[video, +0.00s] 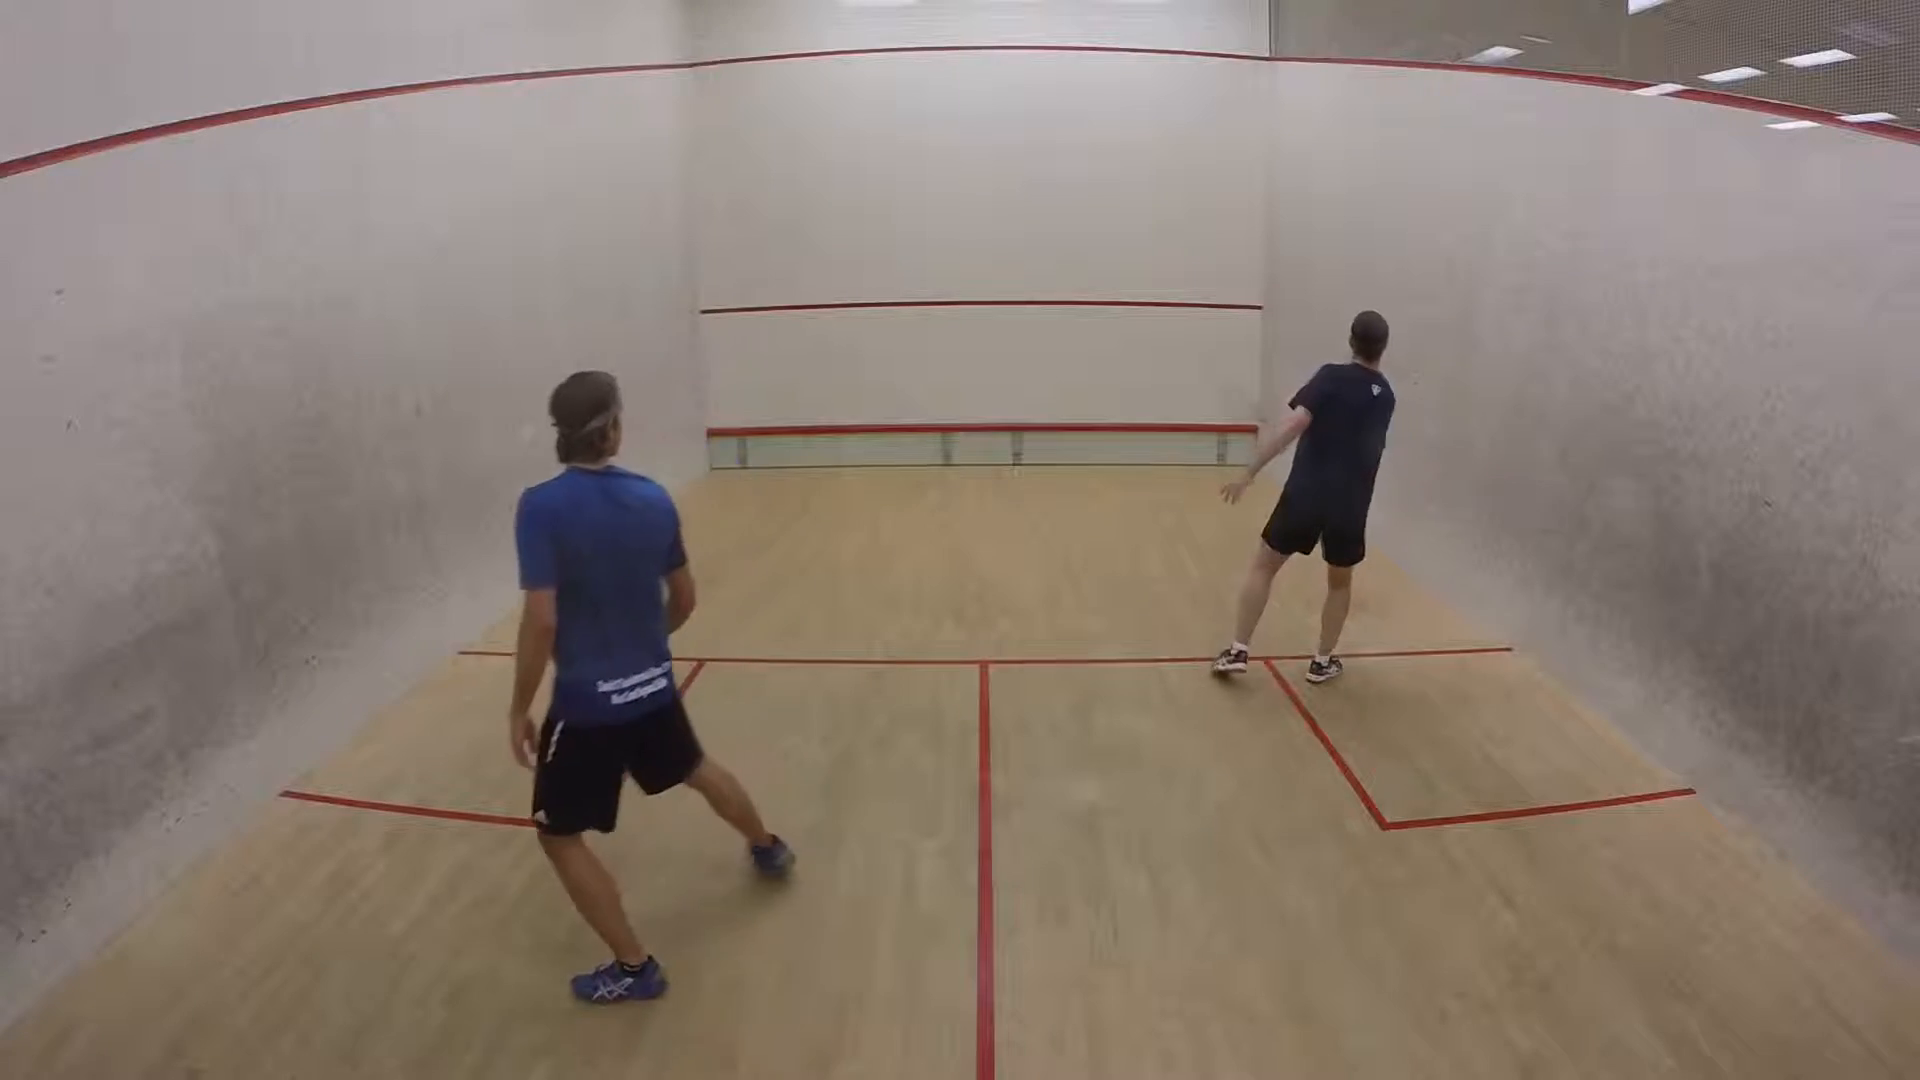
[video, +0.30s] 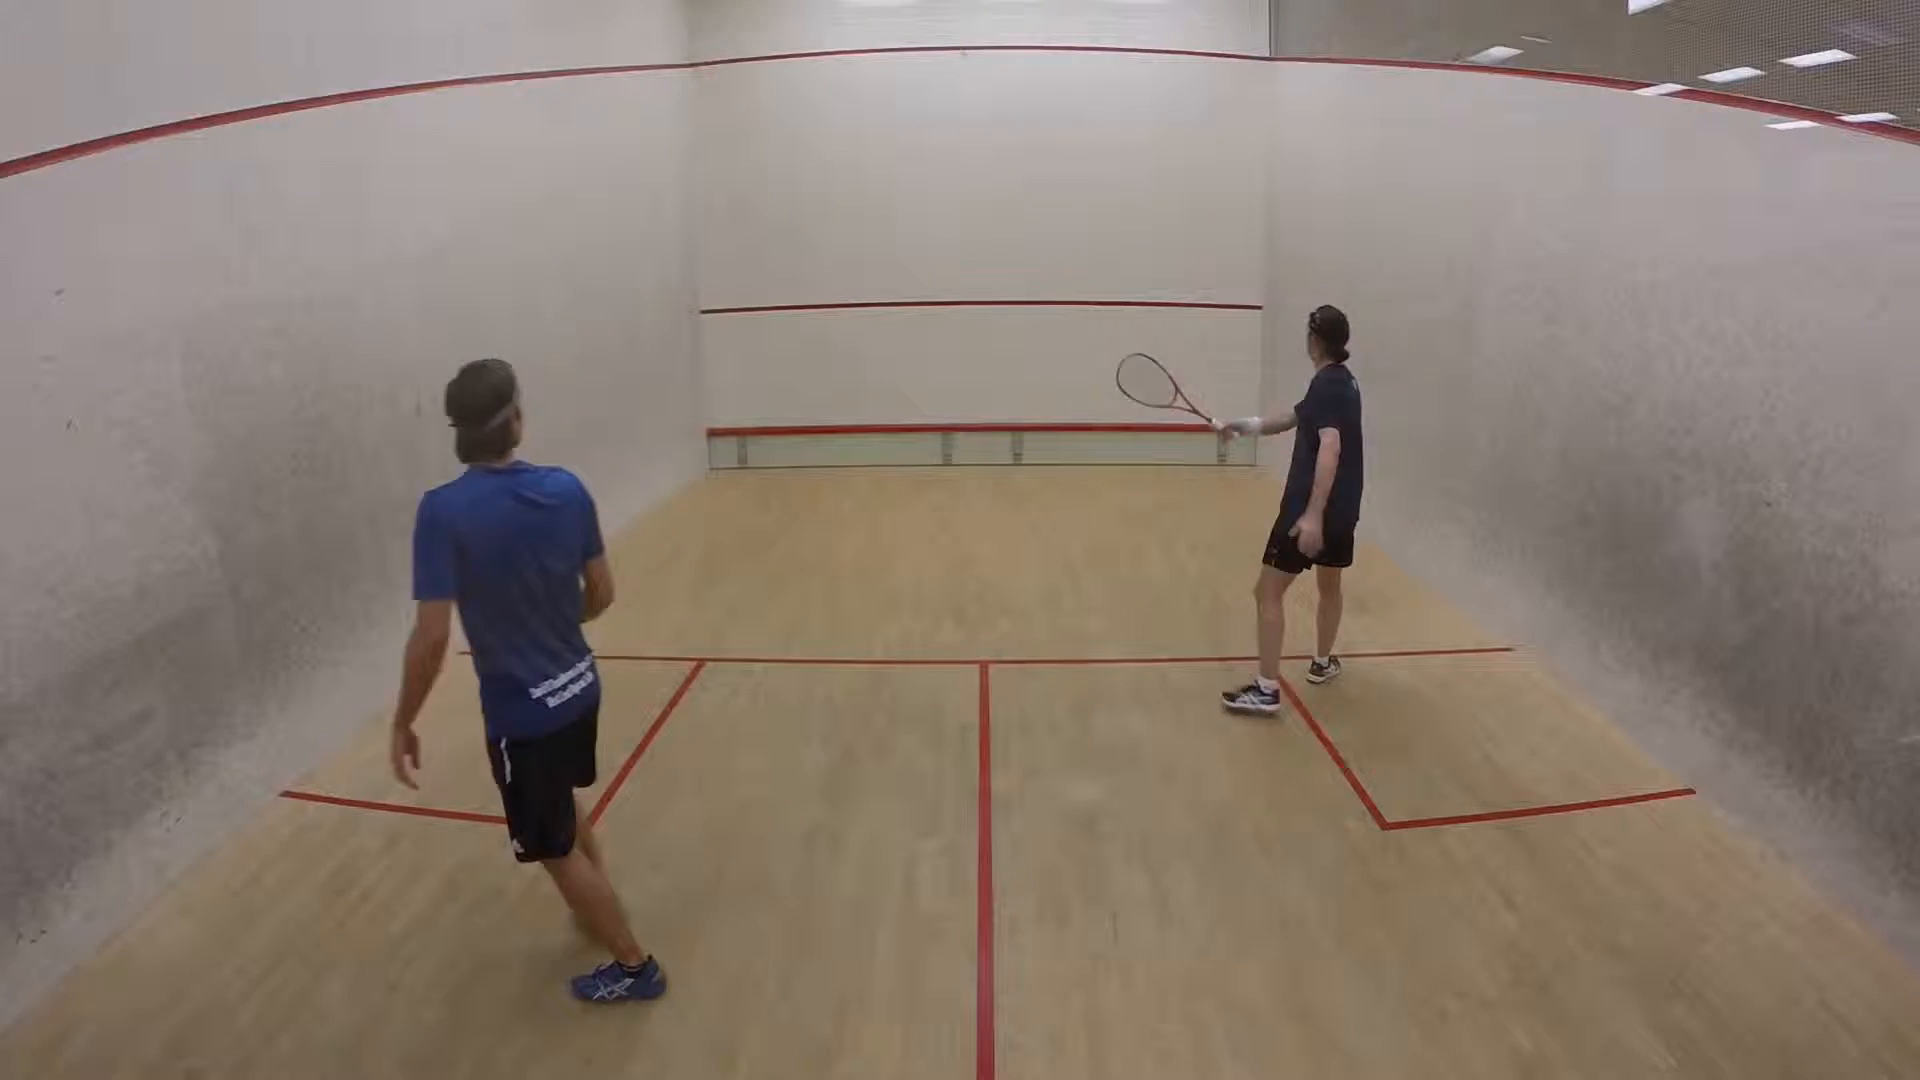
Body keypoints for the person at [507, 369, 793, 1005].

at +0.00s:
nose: (623, 427)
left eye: (614, 418)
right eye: (620, 419)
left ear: (557, 431)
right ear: (612, 429)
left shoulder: (540, 506)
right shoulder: (650, 497)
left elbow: (541, 622)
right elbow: (683, 600)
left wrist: (520, 710)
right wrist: (647, 637)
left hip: (587, 711)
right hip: (655, 692)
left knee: (559, 833)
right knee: (697, 767)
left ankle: (634, 967)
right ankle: (768, 848)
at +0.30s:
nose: (520, 415)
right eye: (518, 408)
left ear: (452, 426)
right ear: (516, 419)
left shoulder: (443, 511)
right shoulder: (564, 489)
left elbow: (432, 637)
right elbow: (601, 592)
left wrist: (404, 721)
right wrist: (552, 617)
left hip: (522, 716)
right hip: (579, 689)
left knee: (558, 849)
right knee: (564, 802)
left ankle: (635, 964)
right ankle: (598, 904)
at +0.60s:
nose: (436, 430)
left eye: (381, 428)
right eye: (436, 421)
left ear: (376, 437)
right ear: (441, 431)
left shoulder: (375, 528)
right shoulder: (486, 502)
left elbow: (377, 658)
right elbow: (516, 594)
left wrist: (354, 738)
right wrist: (447, 608)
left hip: (451, 736)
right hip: (513, 709)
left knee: (409, 868)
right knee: (512, 820)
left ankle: (539, 959)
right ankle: (545, 920)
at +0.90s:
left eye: (273, 465)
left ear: (275, 477)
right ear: (344, 462)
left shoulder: (294, 581)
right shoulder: (405, 536)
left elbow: (328, 718)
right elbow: (433, 639)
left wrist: (329, 827)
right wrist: (338, 610)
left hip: (371, 796)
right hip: (439, 760)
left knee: (351, 936)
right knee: (471, 848)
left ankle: (428, 1070)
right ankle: (534, 923)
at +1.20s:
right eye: (281, 449)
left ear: (210, 491)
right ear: (288, 464)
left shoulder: (233, 597)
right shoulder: (368, 537)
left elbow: (273, 751)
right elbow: (433, 653)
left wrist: (284, 871)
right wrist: (384, 712)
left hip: (350, 823)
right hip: (427, 780)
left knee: (368, 966)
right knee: (451, 881)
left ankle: (429, 1072)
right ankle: (503, 992)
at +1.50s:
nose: (260, 523)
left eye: (258, 512)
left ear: (274, 524)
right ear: (342, 480)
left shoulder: (323, 619)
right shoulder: (417, 557)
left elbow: (388, 771)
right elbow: (467, 677)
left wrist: (381, 894)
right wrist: (420, 761)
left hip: (423, 867)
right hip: (491, 825)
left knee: (423, 1022)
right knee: (491, 957)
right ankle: (587, 1071)